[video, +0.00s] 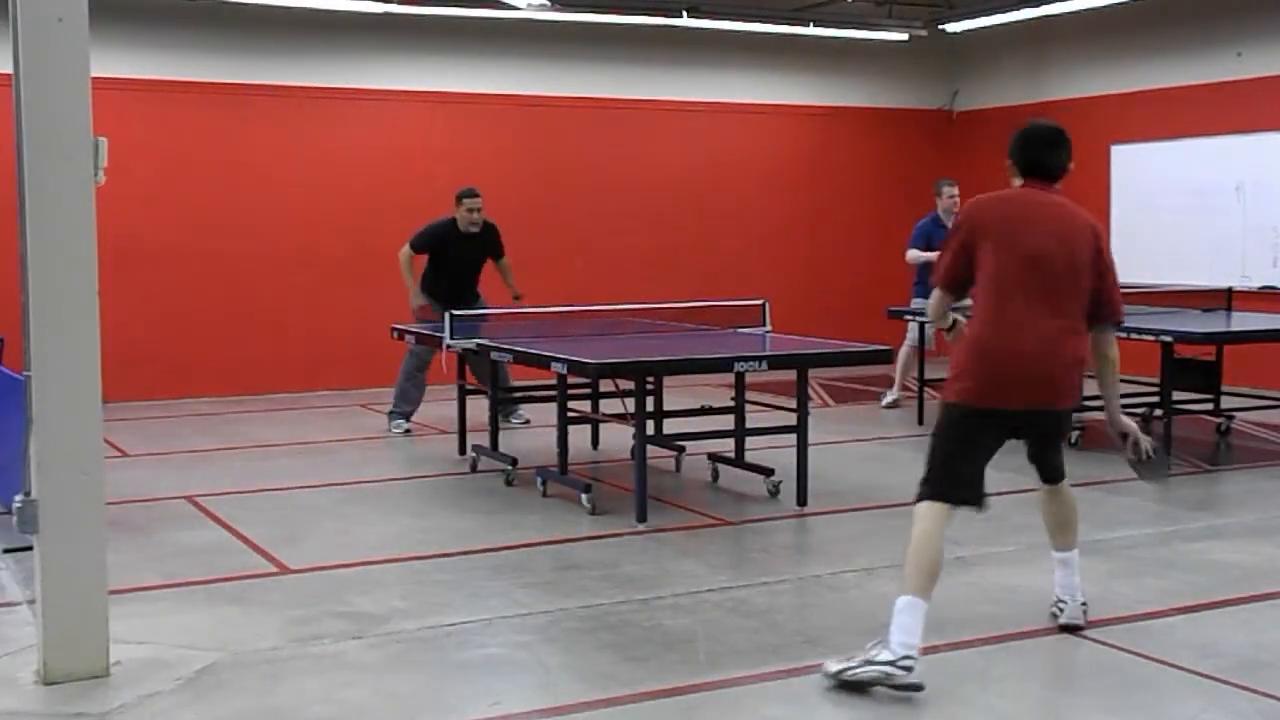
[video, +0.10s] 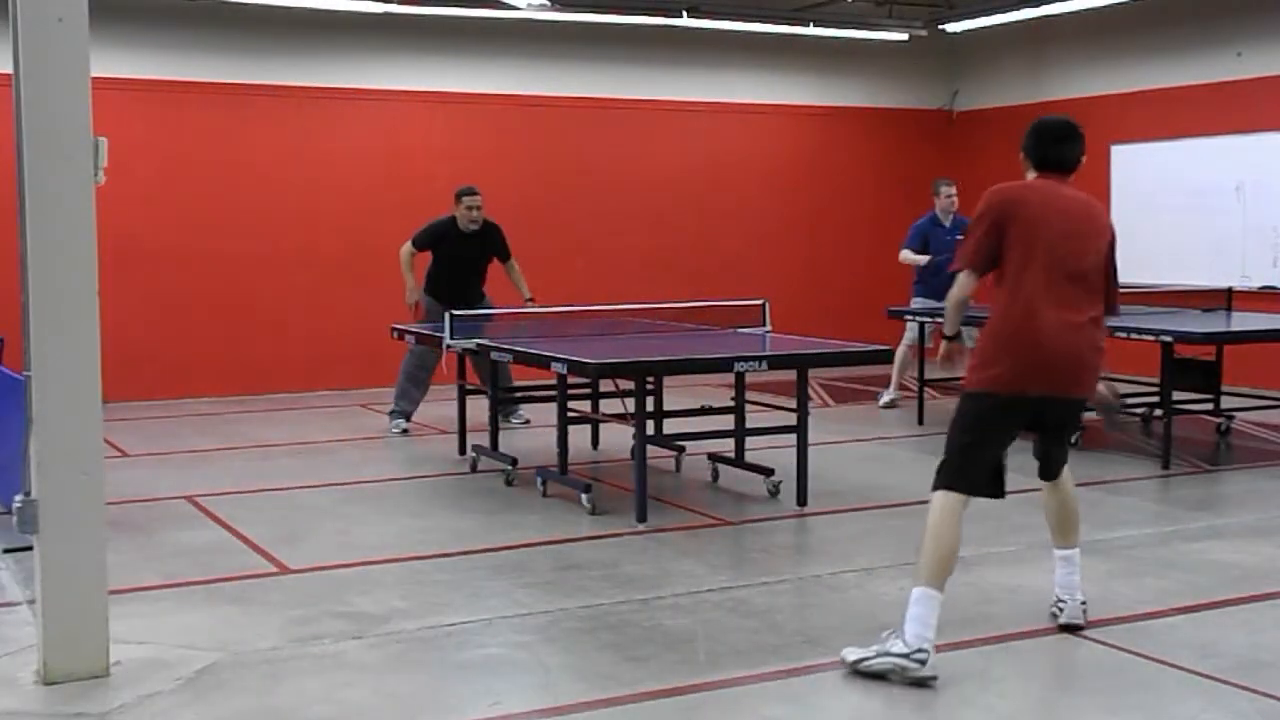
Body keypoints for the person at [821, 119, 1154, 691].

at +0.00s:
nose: (1008, 172)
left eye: (1009, 164)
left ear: (1012, 167)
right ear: (1065, 170)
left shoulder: (981, 212)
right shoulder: (1085, 226)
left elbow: (941, 302)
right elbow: (1104, 330)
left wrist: (947, 321)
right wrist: (1113, 411)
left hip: (982, 380)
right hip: (1055, 385)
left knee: (934, 501)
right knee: (1053, 473)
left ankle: (901, 648)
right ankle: (1070, 599)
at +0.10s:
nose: (1021, 163)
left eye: (1021, 154)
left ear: (1027, 158)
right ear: (1079, 164)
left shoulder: (1004, 199)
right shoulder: (1099, 216)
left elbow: (962, 289)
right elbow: (1106, 306)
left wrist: (949, 332)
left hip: (1005, 363)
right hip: (1074, 370)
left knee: (952, 490)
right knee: (1055, 469)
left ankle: (915, 641)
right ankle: (1071, 599)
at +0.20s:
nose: (1029, 151)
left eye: (1030, 142)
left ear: (1036, 144)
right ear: (1087, 150)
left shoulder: (1022, 184)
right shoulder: (1103, 199)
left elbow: (998, 269)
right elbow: (1079, 275)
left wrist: (964, 336)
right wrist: (995, 286)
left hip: (1026, 352)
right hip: (1093, 353)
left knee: (965, 479)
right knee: (1059, 461)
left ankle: (923, 630)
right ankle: (1070, 597)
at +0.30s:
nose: (1036, 136)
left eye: (1037, 127)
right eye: (1042, 128)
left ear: (1044, 129)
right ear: (1094, 132)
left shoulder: (1039, 170)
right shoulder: (1110, 182)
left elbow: (1027, 256)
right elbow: (1045, 244)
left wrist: (984, 331)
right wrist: (970, 233)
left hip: (1041, 344)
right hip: (1104, 345)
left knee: (979, 472)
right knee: (1066, 466)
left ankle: (945, 625)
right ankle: (1072, 596)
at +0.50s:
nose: (1048, 121)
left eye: (1049, 113)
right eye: (1052, 114)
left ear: (1056, 116)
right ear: (1107, 119)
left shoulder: (1054, 162)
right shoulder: (1123, 171)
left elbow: (1042, 258)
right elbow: (1040, 238)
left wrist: (995, 331)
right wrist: (958, 227)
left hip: (1055, 342)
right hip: (1113, 344)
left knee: (994, 468)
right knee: (1068, 463)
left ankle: (1016, 620)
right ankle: (1093, 593)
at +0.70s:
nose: (1050, 132)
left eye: (1051, 124)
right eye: (1053, 123)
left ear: (1062, 128)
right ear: (1112, 131)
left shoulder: (1064, 186)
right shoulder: (1139, 191)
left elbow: (1036, 289)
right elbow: (1134, 282)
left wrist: (985, 345)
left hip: (1066, 372)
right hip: (1122, 373)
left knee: (1013, 503)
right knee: (1073, 484)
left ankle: (1070, 646)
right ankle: (1093, 596)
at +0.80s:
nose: (1050, 134)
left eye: (1051, 126)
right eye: (1054, 124)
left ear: (1062, 130)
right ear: (1114, 130)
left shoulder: (1058, 188)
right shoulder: (1150, 193)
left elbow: (1029, 292)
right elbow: (1159, 288)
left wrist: (985, 358)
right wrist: (1107, 323)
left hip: (1073, 380)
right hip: (1141, 379)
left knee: (1020, 519)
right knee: (1097, 483)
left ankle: (1080, 670)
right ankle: (1098, 599)